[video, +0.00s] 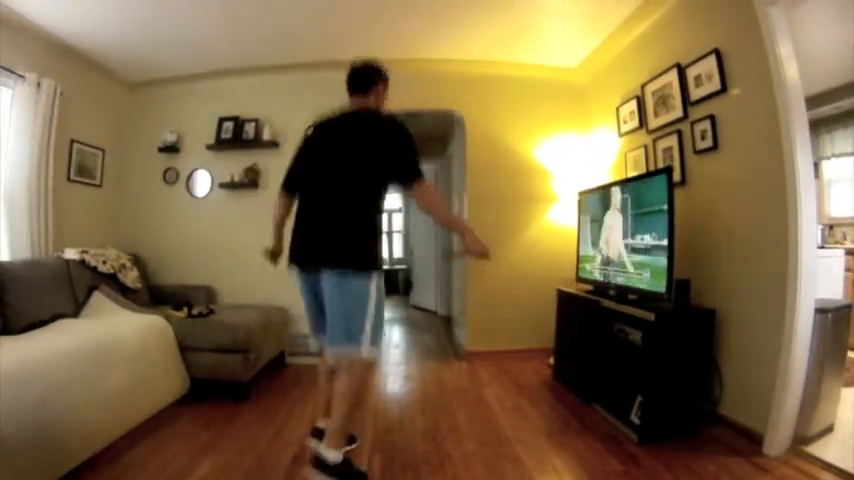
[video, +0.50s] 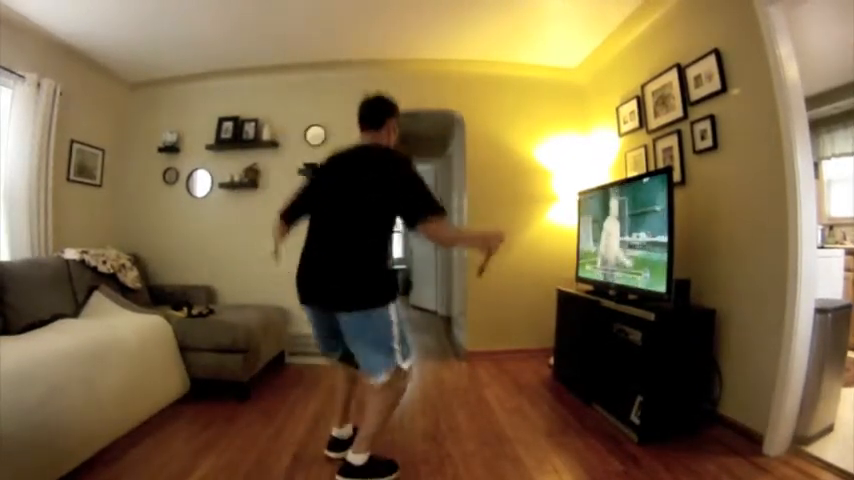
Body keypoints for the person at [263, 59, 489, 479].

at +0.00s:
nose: (387, 97)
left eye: (383, 90)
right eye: (387, 90)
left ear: (349, 91)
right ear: (381, 90)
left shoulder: (320, 130)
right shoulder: (389, 131)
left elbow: (287, 190)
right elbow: (419, 191)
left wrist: (276, 237)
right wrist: (463, 230)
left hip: (308, 250)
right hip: (352, 253)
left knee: (331, 351)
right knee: (355, 358)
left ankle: (327, 427)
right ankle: (332, 450)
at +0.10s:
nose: (389, 68)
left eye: (386, 62)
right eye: (388, 62)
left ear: (351, 59)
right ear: (382, 59)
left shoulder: (322, 95)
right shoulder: (390, 93)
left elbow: (292, 162)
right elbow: (419, 154)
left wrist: (271, 212)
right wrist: (458, 202)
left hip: (311, 212)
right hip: (356, 211)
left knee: (337, 315)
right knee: (347, 314)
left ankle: (346, 410)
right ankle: (332, 417)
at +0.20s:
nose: (392, 59)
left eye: (390, 54)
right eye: (392, 53)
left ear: (354, 50)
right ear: (386, 50)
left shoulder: (323, 84)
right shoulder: (392, 83)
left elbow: (290, 148)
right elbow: (415, 142)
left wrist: (264, 196)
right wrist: (464, 188)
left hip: (314, 205)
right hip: (361, 204)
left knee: (346, 301)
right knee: (358, 305)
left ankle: (351, 394)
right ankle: (334, 410)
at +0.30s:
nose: (395, 69)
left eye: (392, 63)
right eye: (395, 62)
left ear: (358, 58)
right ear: (389, 59)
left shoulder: (328, 93)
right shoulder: (393, 92)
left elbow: (287, 150)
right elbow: (417, 151)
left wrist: (263, 191)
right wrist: (471, 184)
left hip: (317, 215)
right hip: (362, 216)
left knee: (344, 313)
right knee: (364, 321)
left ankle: (345, 407)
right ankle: (359, 425)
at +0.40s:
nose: (396, 97)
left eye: (391, 91)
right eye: (396, 91)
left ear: (358, 90)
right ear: (391, 90)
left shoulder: (332, 128)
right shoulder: (397, 129)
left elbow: (287, 174)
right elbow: (426, 187)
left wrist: (268, 200)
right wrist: (473, 205)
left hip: (319, 249)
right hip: (365, 252)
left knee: (343, 345)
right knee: (377, 354)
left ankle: (342, 425)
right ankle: (360, 453)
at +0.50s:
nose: (398, 133)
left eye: (394, 126)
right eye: (397, 126)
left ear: (360, 127)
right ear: (391, 127)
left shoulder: (334, 164)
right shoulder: (395, 168)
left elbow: (288, 215)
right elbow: (436, 230)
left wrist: (281, 231)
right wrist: (483, 239)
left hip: (315, 283)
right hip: (363, 288)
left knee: (345, 360)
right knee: (389, 375)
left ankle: (342, 432)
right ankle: (359, 458)